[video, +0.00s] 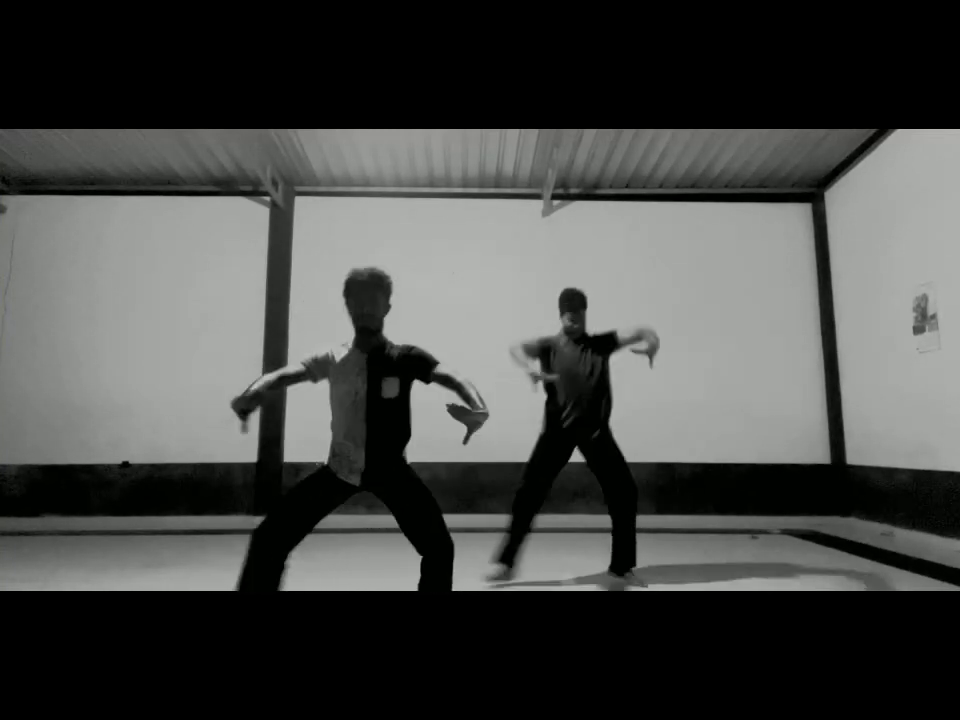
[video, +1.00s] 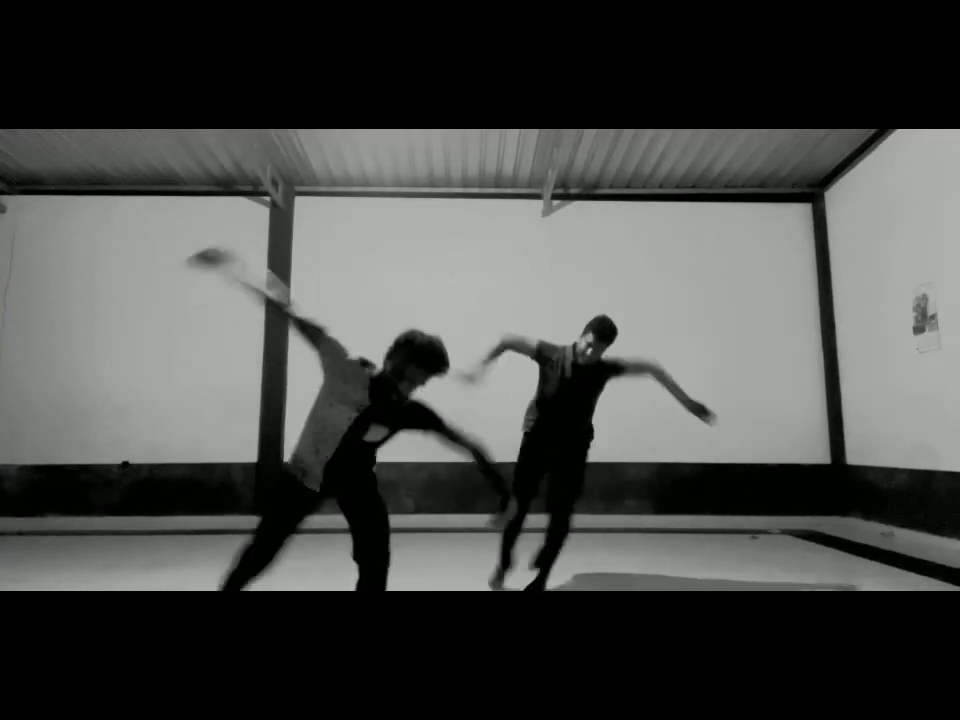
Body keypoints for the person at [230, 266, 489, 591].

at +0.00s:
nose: (365, 308)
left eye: (374, 300)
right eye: (357, 300)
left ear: (387, 305)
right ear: (347, 305)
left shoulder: (405, 360)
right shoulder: (333, 363)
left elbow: (457, 383)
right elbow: (280, 377)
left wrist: (480, 410)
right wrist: (251, 394)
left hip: (390, 474)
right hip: (340, 473)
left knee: (439, 549)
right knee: (269, 539)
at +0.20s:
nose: (375, 301)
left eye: (384, 293)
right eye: (367, 292)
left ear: (399, 297)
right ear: (357, 294)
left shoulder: (413, 347)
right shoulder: (339, 344)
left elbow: (466, 357)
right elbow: (273, 346)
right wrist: (301, 361)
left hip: (392, 462)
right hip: (343, 462)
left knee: (425, 547)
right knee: (294, 547)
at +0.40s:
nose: (370, 328)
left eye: (379, 321)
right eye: (363, 318)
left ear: (395, 326)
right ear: (354, 319)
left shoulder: (406, 371)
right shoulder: (340, 366)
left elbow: (404, 393)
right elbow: (321, 395)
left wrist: (378, 387)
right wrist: (329, 380)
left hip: (393, 486)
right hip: (343, 483)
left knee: (446, 557)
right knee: (263, 530)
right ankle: (237, 591)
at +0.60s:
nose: (356, 332)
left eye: (368, 327)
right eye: (352, 319)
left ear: (378, 334)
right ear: (339, 318)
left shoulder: (378, 384)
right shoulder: (297, 370)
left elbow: (423, 436)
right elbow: (268, 424)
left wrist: (405, 434)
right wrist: (289, 428)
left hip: (350, 490)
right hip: (294, 487)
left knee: (416, 560)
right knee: (214, 565)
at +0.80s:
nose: (386, 355)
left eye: (393, 350)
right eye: (386, 345)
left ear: (393, 348)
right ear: (368, 332)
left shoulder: (387, 376)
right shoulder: (310, 360)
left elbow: (445, 372)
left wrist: (443, 400)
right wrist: (245, 402)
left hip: (330, 480)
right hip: (278, 475)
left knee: (379, 555)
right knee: (213, 567)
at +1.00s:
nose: (417, 386)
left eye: (424, 382)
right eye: (417, 377)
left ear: (423, 381)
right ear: (399, 363)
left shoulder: (412, 414)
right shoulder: (344, 369)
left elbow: (466, 445)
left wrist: (500, 486)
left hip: (356, 480)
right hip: (308, 472)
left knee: (374, 561)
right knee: (262, 551)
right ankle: (228, 588)